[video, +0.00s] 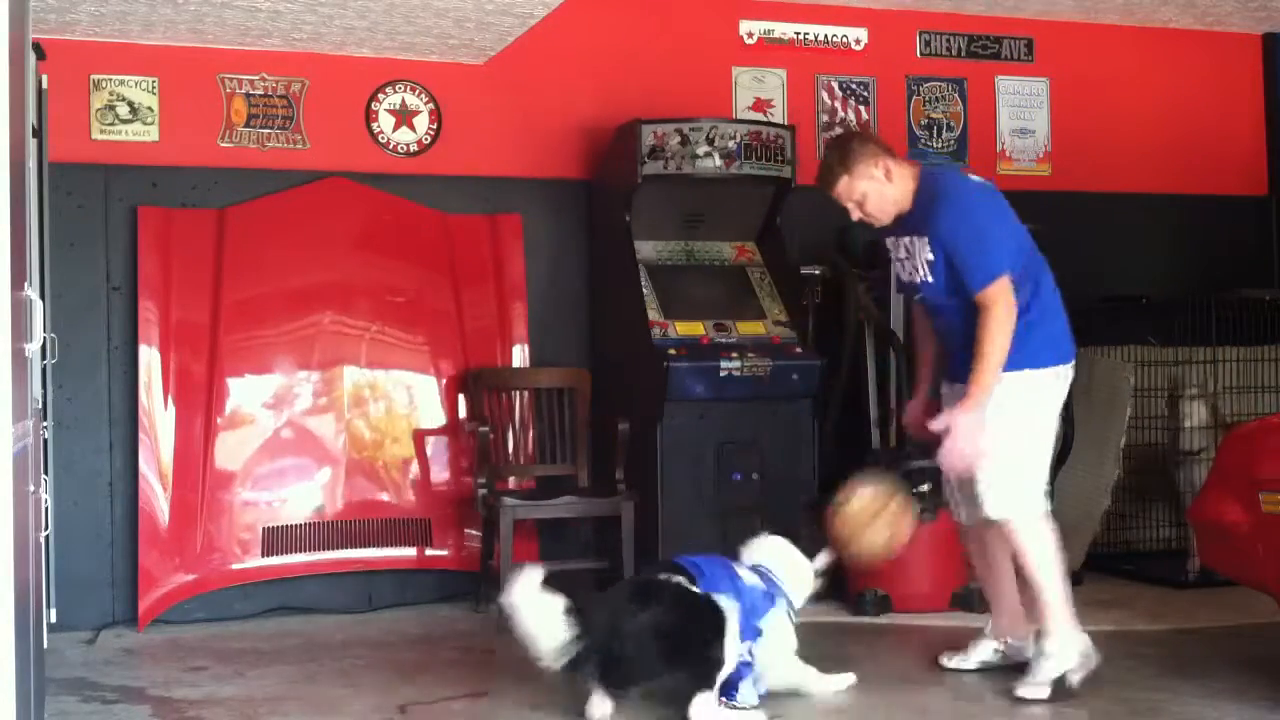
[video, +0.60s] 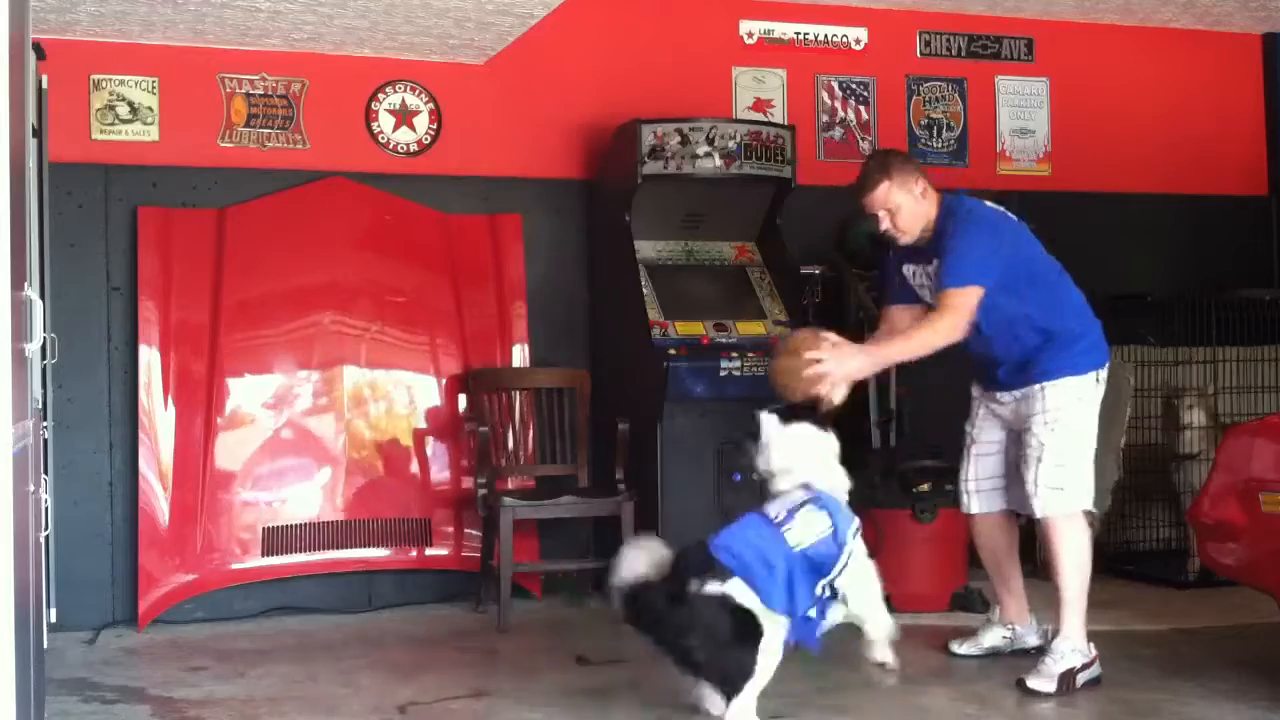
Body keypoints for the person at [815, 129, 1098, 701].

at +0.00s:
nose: (857, 216)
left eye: (857, 201)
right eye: (849, 208)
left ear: (883, 169)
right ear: (878, 175)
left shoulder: (957, 202)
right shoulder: (902, 219)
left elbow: (1000, 305)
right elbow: (928, 310)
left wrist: (973, 406)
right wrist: (924, 391)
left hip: (1028, 360)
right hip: (974, 365)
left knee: (1011, 494)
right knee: (970, 497)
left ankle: (1066, 640)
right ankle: (1010, 632)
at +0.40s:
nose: (883, 228)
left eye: (887, 213)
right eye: (875, 220)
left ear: (919, 185)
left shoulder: (986, 223)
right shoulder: (911, 242)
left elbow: (1018, 310)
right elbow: (924, 321)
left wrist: (949, 347)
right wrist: (912, 391)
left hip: (1042, 369)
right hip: (979, 378)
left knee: (1046, 502)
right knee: (983, 503)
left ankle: (1077, 644)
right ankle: (1015, 621)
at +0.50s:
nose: (886, 226)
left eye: (890, 211)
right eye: (877, 218)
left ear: (920, 185)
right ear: (876, 213)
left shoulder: (978, 224)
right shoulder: (910, 254)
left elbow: (964, 308)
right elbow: (905, 342)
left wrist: (882, 339)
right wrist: (855, 392)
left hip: (1055, 367)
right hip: (994, 374)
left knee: (1047, 500)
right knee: (988, 499)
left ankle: (1074, 644)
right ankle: (1016, 622)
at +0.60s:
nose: (882, 226)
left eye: (887, 211)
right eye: (874, 217)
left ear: (920, 189)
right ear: (873, 213)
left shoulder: (973, 227)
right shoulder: (903, 252)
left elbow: (952, 321)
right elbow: (895, 332)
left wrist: (861, 357)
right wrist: (846, 369)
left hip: (1061, 369)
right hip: (997, 379)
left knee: (1056, 500)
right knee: (985, 498)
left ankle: (1074, 644)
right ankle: (1015, 622)